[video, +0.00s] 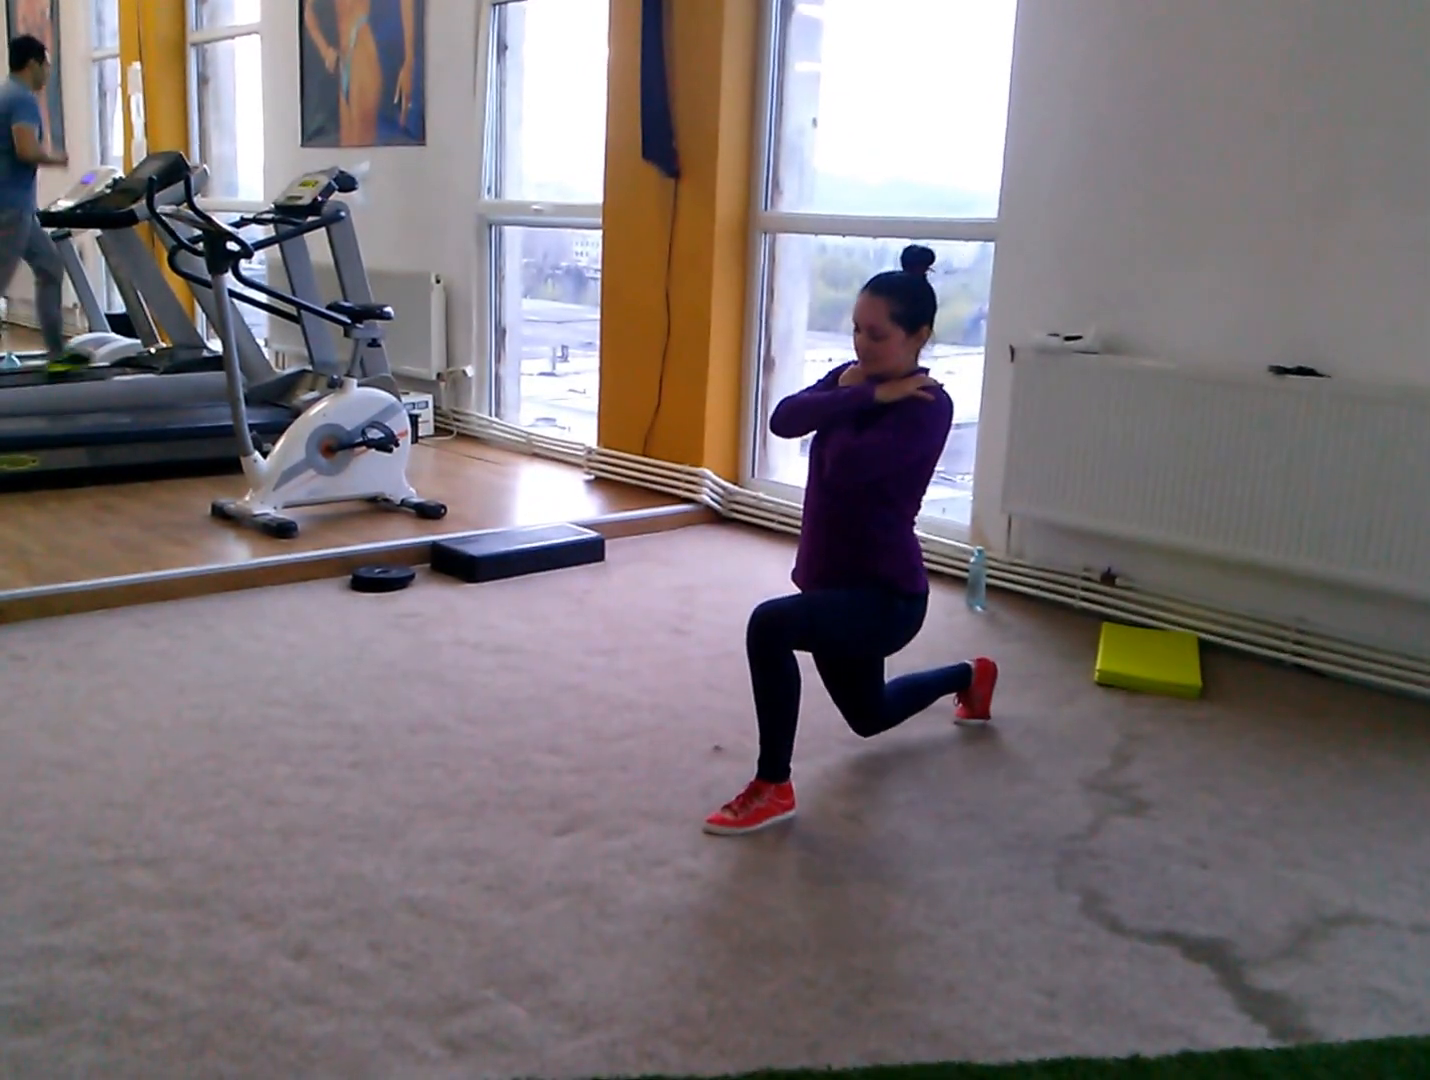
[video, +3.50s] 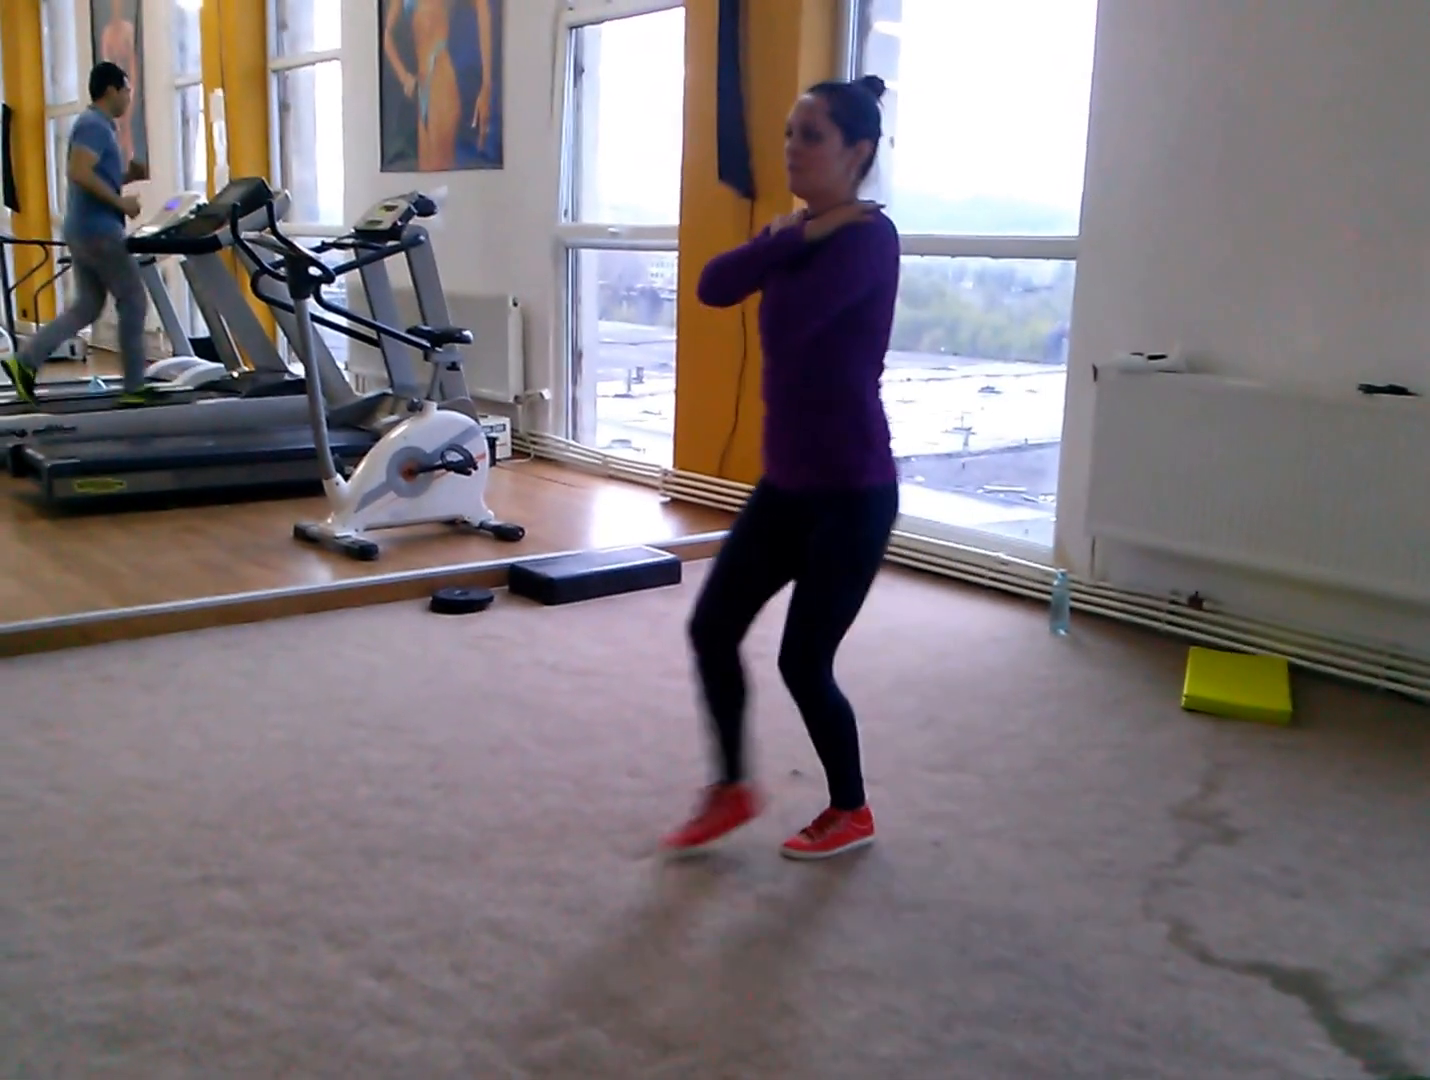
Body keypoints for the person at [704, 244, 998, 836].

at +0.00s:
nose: (859, 345)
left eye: (873, 336)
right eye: (856, 331)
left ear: (917, 339)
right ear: (851, 325)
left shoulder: (929, 409)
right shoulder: (848, 379)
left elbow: (851, 467)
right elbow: (783, 420)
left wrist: (833, 408)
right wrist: (873, 393)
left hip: (886, 598)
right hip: (826, 588)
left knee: (769, 626)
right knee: (868, 714)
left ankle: (772, 785)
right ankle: (970, 678)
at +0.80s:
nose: (806, 271)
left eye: (819, 257)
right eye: (801, 258)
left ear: (866, 256)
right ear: (800, 258)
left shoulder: (891, 335)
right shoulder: (803, 317)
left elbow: (830, 421)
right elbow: (743, 381)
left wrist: (795, 345)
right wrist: (828, 336)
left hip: (895, 537)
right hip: (844, 533)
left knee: (784, 625)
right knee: (909, 629)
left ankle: (784, 783)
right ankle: (988, 670)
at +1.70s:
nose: (894, 310)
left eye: (910, 299)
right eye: (891, 295)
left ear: (951, 307)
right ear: (886, 294)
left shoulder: (955, 382)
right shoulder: (875, 356)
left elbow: (884, 455)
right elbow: (811, 405)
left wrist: (870, 374)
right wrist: (896, 371)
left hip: (938, 578)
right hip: (881, 569)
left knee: (822, 622)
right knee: (943, 670)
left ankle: (813, 785)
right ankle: (1034, 666)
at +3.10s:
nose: (793, 247)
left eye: (810, 235)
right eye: (791, 232)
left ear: (857, 247)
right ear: (787, 239)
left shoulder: (873, 324)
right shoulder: (785, 316)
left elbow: (830, 432)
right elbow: (736, 396)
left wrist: (787, 346)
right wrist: (811, 336)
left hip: (933, 518)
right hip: (884, 523)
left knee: (830, 645)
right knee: (919, 647)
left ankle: (840, 805)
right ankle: (1001, 672)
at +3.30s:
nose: (790, 172)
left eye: (808, 162)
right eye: (789, 160)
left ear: (856, 181)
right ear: (793, 173)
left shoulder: (868, 266)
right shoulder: (787, 256)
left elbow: (804, 362)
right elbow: (719, 329)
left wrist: (778, 284)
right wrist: (780, 273)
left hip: (898, 492)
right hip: (835, 490)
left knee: (822, 646)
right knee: (797, 640)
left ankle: (845, 807)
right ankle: (907, 694)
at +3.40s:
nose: (794, 154)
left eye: (812, 143)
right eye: (792, 142)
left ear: (859, 159)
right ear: (792, 155)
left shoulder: (870, 245)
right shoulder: (787, 237)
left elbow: (793, 337)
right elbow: (716, 302)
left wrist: (772, 264)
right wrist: (792, 243)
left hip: (878, 490)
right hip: (813, 484)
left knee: (816, 657)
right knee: (749, 631)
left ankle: (850, 808)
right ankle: (827, 734)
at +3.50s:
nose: (790, 147)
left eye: (809, 135)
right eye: (790, 133)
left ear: (859, 152)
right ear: (796, 146)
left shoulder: (871, 238)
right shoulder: (793, 236)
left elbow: (790, 323)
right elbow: (710, 287)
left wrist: (768, 252)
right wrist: (798, 237)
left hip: (854, 492)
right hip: (785, 484)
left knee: (804, 661)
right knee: (713, 628)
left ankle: (850, 808)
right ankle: (730, 787)